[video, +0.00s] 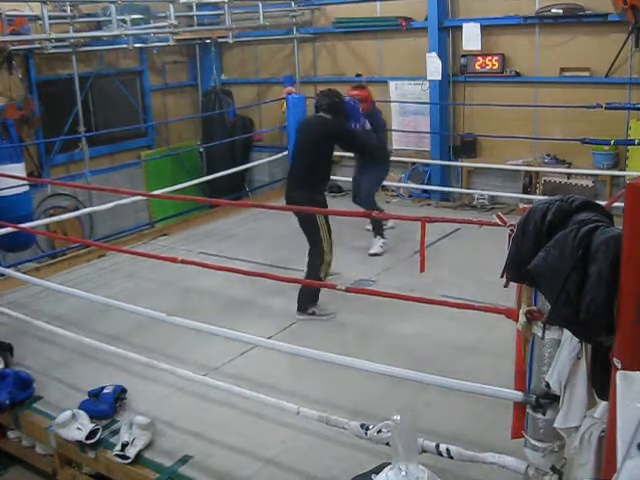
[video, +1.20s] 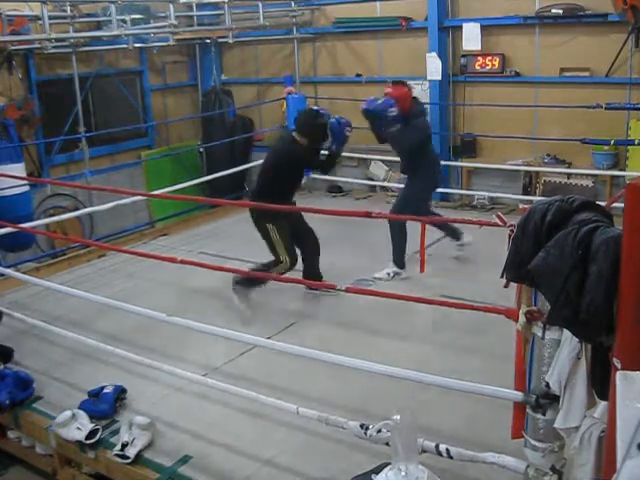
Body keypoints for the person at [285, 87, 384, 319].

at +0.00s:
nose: (344, 111)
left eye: (343, 108)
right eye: (342, 108)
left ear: (319, 107)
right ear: (337, 109)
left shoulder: (306, 124)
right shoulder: (331, 127)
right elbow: (360, 144)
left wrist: (357, 134)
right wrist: (366, 133)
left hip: (295, 194)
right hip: (310, 197)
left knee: (318, 244)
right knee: (323, 251)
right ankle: (307, 304)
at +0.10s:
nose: (343, 113)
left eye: (342, 109)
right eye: (342, 109)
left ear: (319, 105)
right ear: (337, 109)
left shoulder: (309, 120)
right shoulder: (328, 124)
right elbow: (348, 142)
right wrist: (347, 123)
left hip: (297, 186)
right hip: (304, 190)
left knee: (324, 230)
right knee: (316, 241)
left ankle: (320, 269)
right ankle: (304, 301)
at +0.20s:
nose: (341, 113)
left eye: (341, 109)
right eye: (340, 109)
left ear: (321, 104)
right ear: (334, 108)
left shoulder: (308, 118)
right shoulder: (324, 122)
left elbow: (337, 142)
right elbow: (341, 143)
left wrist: (346, 121)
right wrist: (349, 122)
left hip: (301, 183)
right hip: (299, 186)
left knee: (323, 227)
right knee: (316, 235)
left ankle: (319, 269)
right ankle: (291, 282)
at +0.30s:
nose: (338, 112)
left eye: (339, 108)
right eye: (337, 108)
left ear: (318, 103)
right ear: (329, 107)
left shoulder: (307, 117)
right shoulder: (319, 122)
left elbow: (335, 141)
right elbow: (338, 143)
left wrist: (342, 124)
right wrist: (345, 124)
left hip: (302, 183)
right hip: (293, 185)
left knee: (321, 227)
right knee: (312, 235)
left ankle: (318, 270)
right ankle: (271, 272)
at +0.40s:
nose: (334, 115)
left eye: (335, 112)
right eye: (333, 112)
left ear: (313, 107)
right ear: (325, 111)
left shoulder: (303, 118)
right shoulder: (313, 124)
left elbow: (332, 143)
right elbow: (335, 145)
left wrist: (338, 122)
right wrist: (341, 125)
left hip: (298, 188)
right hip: (286, 190)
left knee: (318, 229)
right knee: (294, 242)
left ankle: (318, 270)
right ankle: (254, 270)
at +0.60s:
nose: (320, 128)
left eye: (321, 123)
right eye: (319, 123)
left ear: (300, 116)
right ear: (309, 121)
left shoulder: (290, 129)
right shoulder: (293, 133)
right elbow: (316, 150)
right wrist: (330, 131)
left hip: (283, 192)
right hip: (268, 195)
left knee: (309, 229)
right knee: (272, 248)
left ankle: (317, 269)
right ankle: (240, 280)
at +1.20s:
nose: (322, 135)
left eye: (323, 131)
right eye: (320, 131)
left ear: (299, 127)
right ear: (311, 133)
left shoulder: (293, 142)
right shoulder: (294, 150)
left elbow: (318, 160)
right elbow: (325, 166)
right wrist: (337, 145)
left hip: (284, 205)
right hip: (266, 210)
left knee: (310, 243)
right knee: (287, 261)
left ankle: (313, 283)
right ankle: (243, 283)